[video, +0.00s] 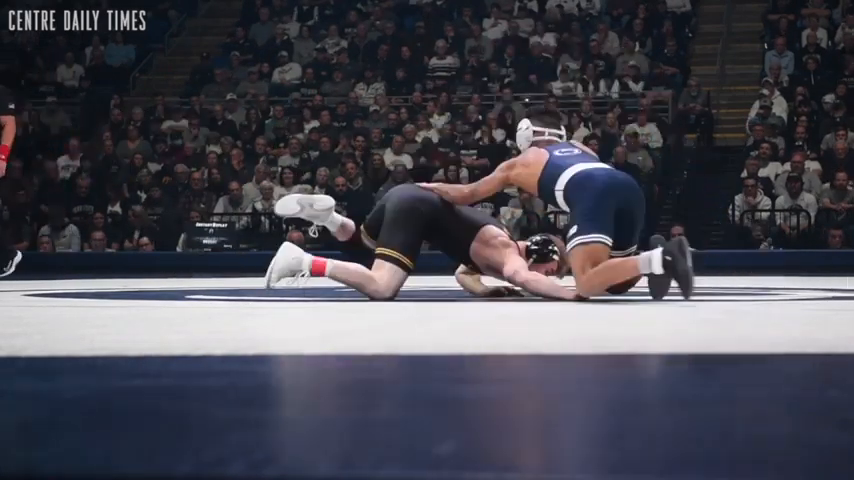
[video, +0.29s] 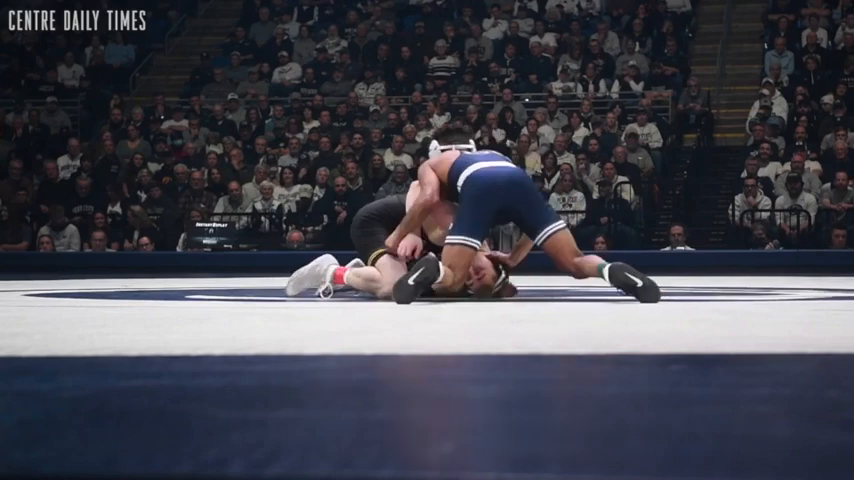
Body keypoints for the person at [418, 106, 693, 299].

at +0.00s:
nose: (517, 151)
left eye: (518, 146)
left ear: (523, 143)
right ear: (556, 140)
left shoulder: (518, 164)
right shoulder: (579, 150)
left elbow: (467, 194)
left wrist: (433, 186)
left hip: (591, 187)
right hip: (630, 188)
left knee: (587, 281)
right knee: (610, 280)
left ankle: (658, 260)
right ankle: (663, 259)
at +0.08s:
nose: (503, 149)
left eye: (505, 146)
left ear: (510, 148)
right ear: (542, 144)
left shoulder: (503, 168)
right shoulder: (563, 156)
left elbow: (470, 222)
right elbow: (561, 215)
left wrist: (463, 209)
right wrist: (525, 239)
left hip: (565, 195)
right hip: (605, 198)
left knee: (518, 280)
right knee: (605, 294)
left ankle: (540, 260)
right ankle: (634, 265)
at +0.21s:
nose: (460, 163)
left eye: (460, 160)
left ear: (468, 158)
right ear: (502, 153)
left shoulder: (462, 179)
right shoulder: (528, 162)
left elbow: (448, 227)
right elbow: (576, 212)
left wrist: (408, 254)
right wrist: (535, 239)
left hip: (508, 204)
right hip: (551, 201)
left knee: (458, 288)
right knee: (602, 284)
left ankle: (431, 285)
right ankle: (625, 281)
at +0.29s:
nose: (429, 164)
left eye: (428, 160)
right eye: (430, 161)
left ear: (437, 153)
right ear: (464, 149)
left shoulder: (433, 164)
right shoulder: (495, 157)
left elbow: (428, 197)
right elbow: (535, 219)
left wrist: (398, 236)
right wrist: (514, 260)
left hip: (478, 184)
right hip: (516, 179)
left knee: (453, 278)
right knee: (575, 262)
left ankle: (429, 276)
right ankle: (609, 269)